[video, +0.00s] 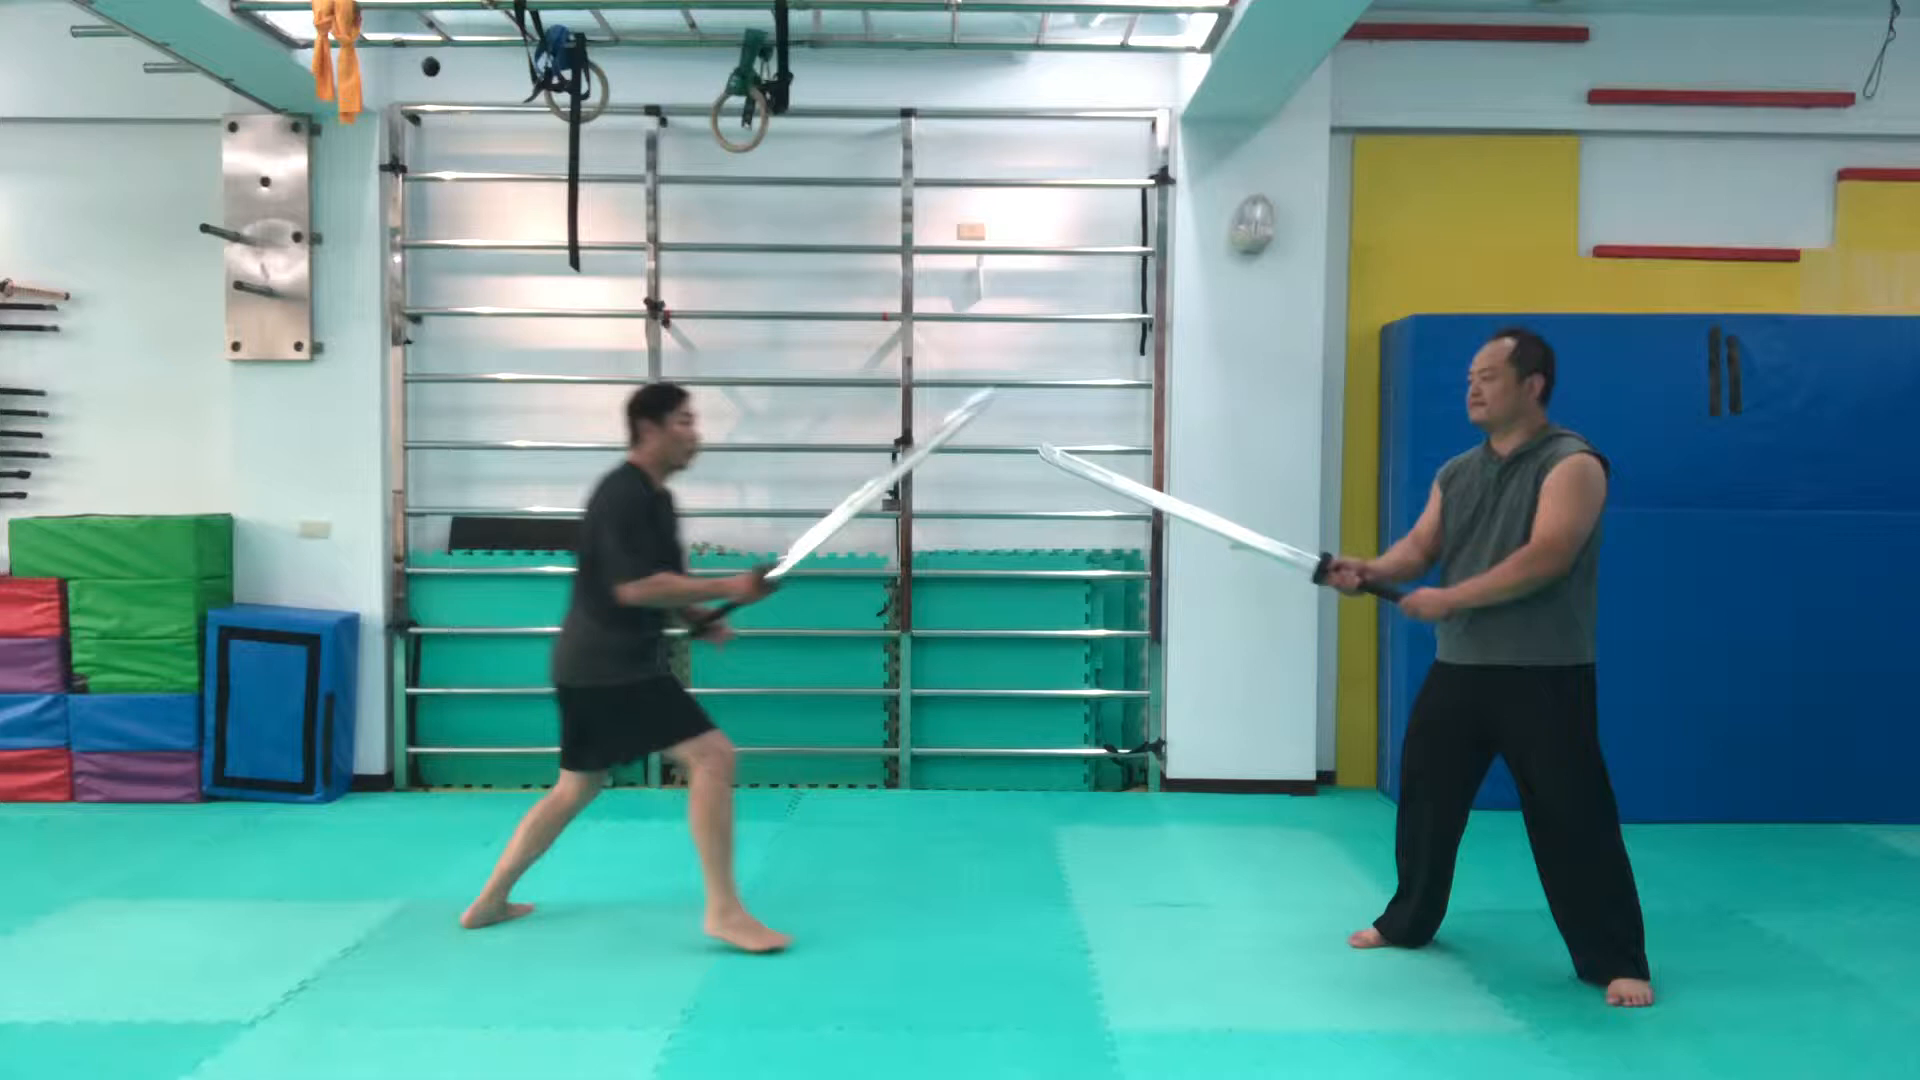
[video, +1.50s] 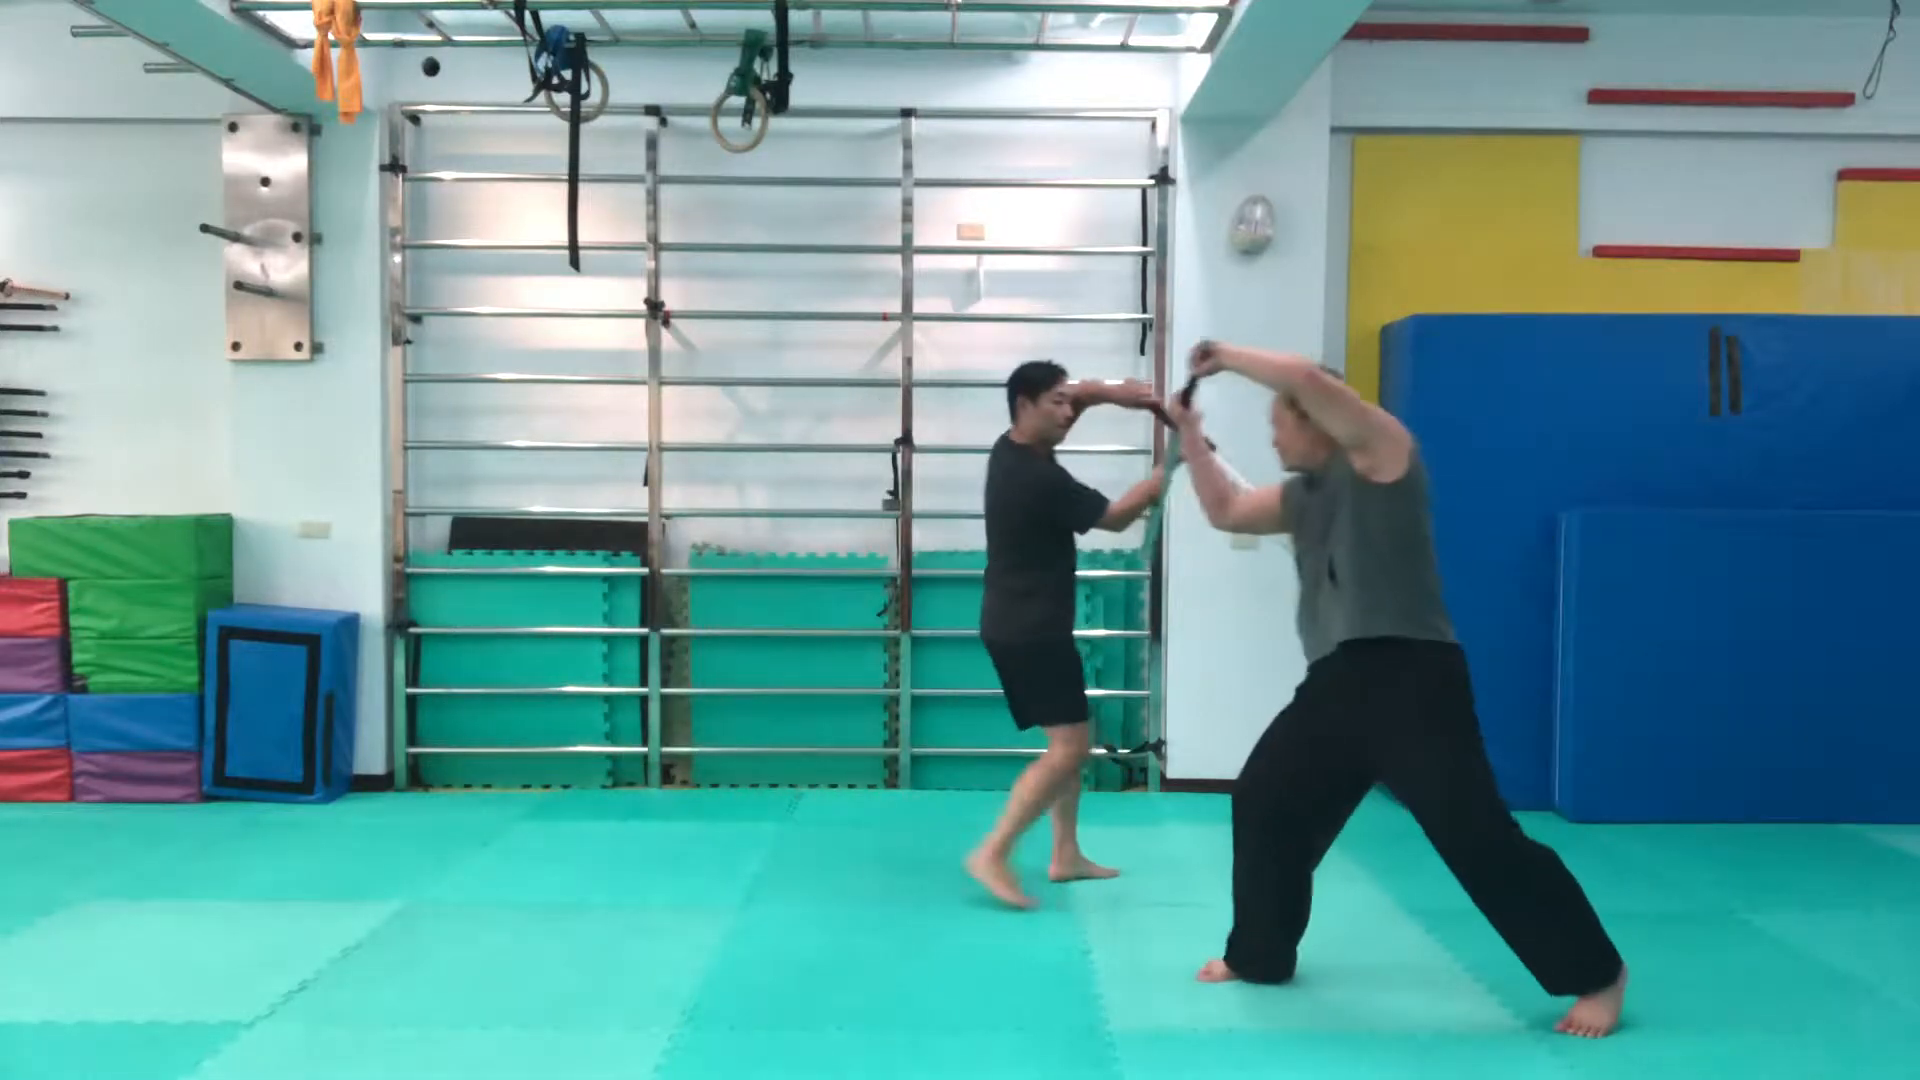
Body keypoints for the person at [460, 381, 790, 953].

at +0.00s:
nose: (696, 433)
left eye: (694, 422)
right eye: (685, 422)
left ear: (654, 433)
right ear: (648, 429)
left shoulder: (650, 494)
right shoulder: (626, 492)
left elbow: (651, 580)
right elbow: (631, 586)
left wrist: (694, 616)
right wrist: (727, 588)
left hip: (591, 669)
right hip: (616, 670)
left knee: (575, 787)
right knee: (713, 757)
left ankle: (488, 901)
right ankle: (724, 911)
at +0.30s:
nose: (822, 453)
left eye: (820, 443)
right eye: (814, 444)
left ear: (791, 451)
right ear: (784, 451)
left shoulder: (806, 512)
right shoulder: (757, 516)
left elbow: (838, 577)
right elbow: (812, 589)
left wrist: (878, 596)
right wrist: (896, 569)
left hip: (755, 685)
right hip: (741, 687)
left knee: (740, 805)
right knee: (817, 789)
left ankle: (610, 837)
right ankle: (749, 933)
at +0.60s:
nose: (988, 464)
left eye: (987, 451)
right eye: (981, 452)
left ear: (941, 452)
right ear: (950, 454)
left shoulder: (911, 488)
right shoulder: (950, 515)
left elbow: (977, 430)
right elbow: (1043, 535)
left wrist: (1042, 425)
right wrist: (1091, 470)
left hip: (917, 668)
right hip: (934, 674)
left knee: (1007, 754)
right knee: (965, 800)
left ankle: (1056, 862)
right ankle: (856, 887)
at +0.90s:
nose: (1078, 455)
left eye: (1077, 445)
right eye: (1073, 445)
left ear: (1034, 443)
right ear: (1041, 445)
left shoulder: (997, 480)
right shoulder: (1053, 509)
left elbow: (1053, 442)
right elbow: (1130, 521)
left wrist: (1111, 429)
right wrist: (1186, 465)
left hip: (987, 659)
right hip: (1028, 660)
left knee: (1078, 744)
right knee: (1112, 746)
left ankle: (1071, 858)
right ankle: (1069, 872)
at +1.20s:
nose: (1098, 420)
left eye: (1097, 410)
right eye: (1092, 411)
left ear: (1053, 416)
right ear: (1057, 417)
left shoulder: (1024, 452)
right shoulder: (1073, 490)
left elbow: (1094, 395)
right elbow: (1147, 527)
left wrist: (1149, 405)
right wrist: (1209, 477)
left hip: (1014, 632)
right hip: (1054, 637)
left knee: (1074, 744)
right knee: (1099, 748)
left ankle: (1071, 854)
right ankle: (1065, 874)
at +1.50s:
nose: (1068, 412)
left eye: (1067, 403)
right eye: (1059, 402)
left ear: (1025, 410)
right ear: (1025, 408)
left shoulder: (1010, 449)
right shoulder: (1039, 473)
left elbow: (1067, 400)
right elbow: (1114, 518)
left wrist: (1116, 392)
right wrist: (1160, 478)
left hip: (1014, 622)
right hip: (1034, 629)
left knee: (1070, 740)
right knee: (1069, 746)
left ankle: (1067, 856)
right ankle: (991, 856)